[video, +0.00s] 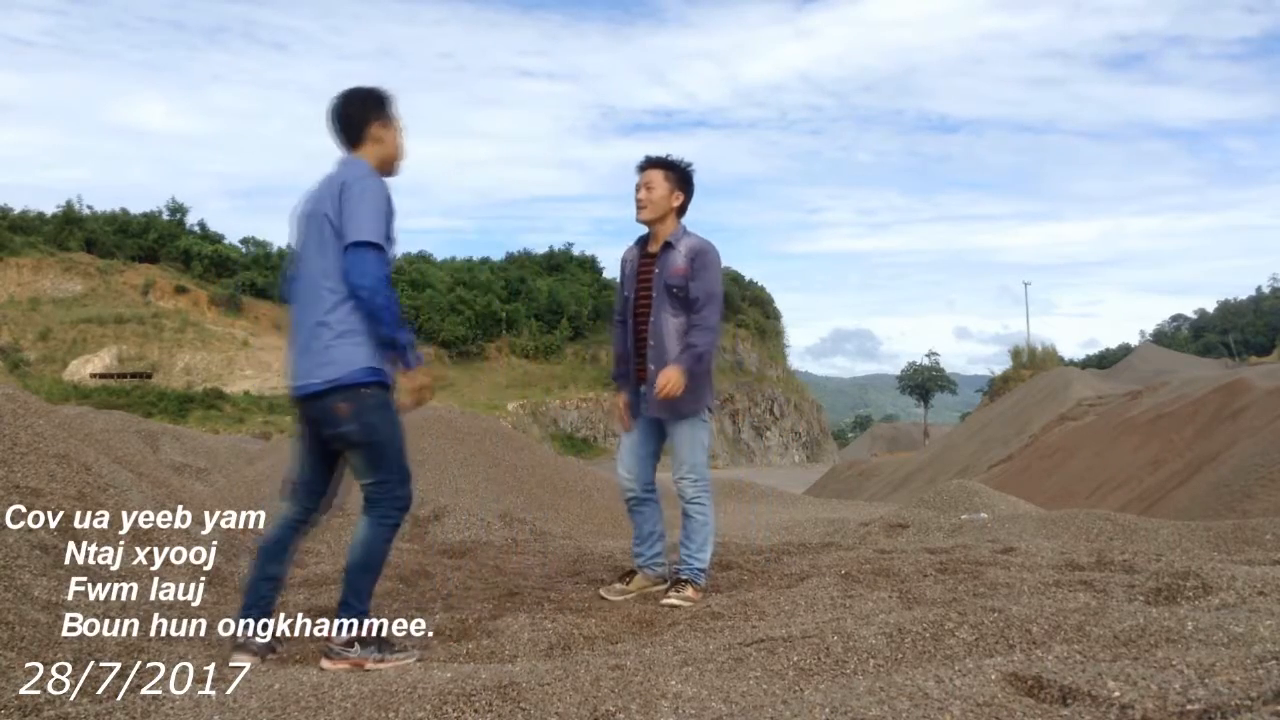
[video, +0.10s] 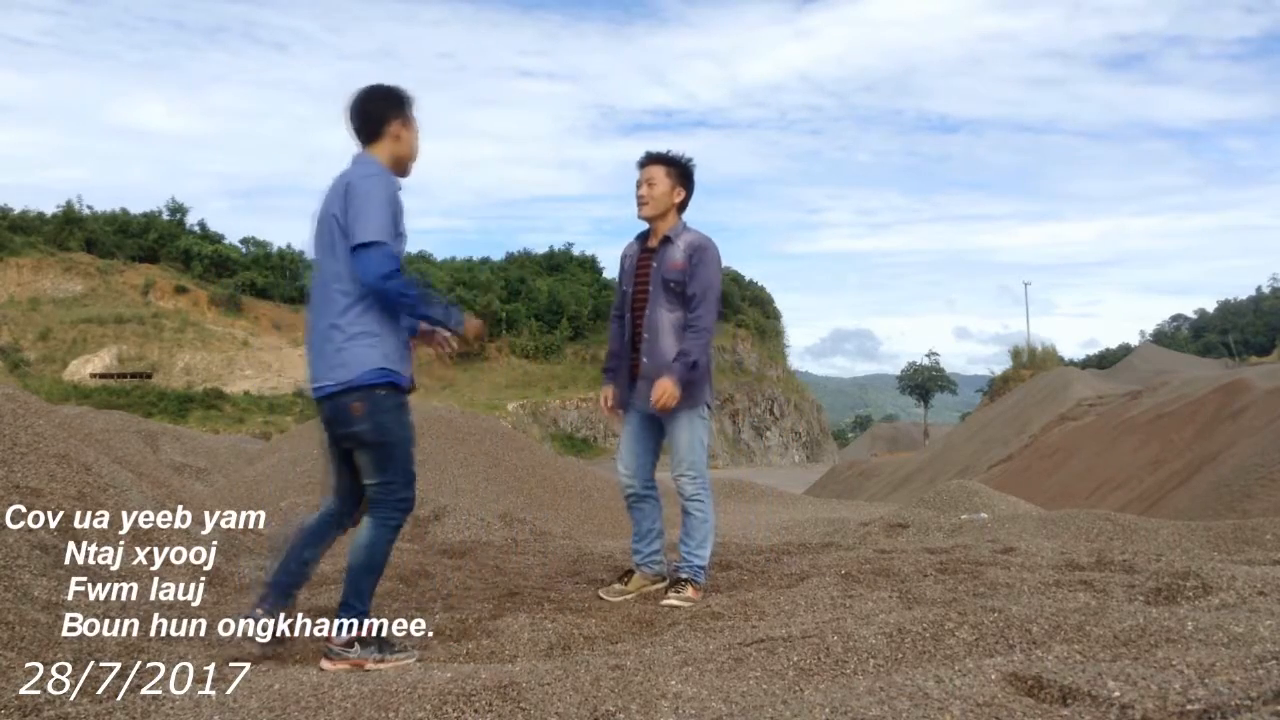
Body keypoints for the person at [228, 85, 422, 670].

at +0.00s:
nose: (402, 140)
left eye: (398, 129)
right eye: (395, 128)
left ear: (350, 135)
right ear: (375, 131)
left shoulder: (318, 197)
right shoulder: (362, 182)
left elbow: (293, 284)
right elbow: (366, 276)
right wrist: (406, 348)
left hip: (314, 384)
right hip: (353, 377)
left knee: (303, 502)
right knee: (388, 498)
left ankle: (251, 625)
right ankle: (351, 633)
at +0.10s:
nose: (419, 142)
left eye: (416, 130)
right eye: (415, 130)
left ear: (369, 133)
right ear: (397, 130)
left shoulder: (343, 189)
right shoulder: (372, 184)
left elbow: (355, 291)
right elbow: (379, 273)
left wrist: (411, 329)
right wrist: (451, 315)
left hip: (336, 379)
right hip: (367, 378)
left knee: (346, 502)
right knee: (391, 503)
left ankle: (267, 612)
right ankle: (350, 635)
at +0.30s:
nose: (451, 143)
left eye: (451, 134)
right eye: (450, 133)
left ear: (402, 128)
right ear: (436, 129)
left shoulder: (384, 175)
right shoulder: (396, 172)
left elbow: (403, 254)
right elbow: (439, 236)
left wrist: (447, 216)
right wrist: (518, 189)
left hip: (388, 367)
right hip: (391, 369)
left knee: (445, 469)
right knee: (389, 503)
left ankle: (383, 578)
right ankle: (348, 637)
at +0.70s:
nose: (552, 167)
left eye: (548, 158)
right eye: (546, 157)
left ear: (519, 165)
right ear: (528, 161)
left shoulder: (521, 227)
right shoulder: (489, 213)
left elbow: (550, 303)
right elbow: (469, 295)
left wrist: (626, 301)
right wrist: (486, 373)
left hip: (507, 394)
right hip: (471, 392)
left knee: (561, 484)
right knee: (442, 498)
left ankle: (555, 594)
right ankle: (366, 617)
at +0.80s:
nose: (582, 169)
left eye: (578, 160)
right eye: (575, 159)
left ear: (552, 167)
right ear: (555, 163)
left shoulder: (553, 234)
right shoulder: (514, 211)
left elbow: (581, 304)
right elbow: (483, 279)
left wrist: (651, 303)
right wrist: (461, 359)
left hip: (533, 392)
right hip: (496, 384)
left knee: (573, 489)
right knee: (475, 492)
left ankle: (557, 595)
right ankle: (399, 606)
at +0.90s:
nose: (606, 168)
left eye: (603, 158)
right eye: (600, 157)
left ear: (576, 165)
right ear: (580, 161)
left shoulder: (575, 239)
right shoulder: (534, 201)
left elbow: (598, 309)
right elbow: (493, 262)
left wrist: (660, 304)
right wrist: (464, 337)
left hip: (548, 383)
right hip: (507, 371)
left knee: (573, 487)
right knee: (507, 485)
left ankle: (556, 595)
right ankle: (445, 602)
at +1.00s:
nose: (614, 163)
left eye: (610, 153)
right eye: (608, 152)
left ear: (585, 159)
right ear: (587, 155)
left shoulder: (585, 233)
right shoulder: (541, 195)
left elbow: (608, 299)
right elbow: (496, 258)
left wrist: (668, 299)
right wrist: (480, 333)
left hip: (555, 376)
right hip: (513, 364)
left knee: (569, 486)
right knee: (520, 482)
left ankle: (556, 593)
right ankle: (468, 599)